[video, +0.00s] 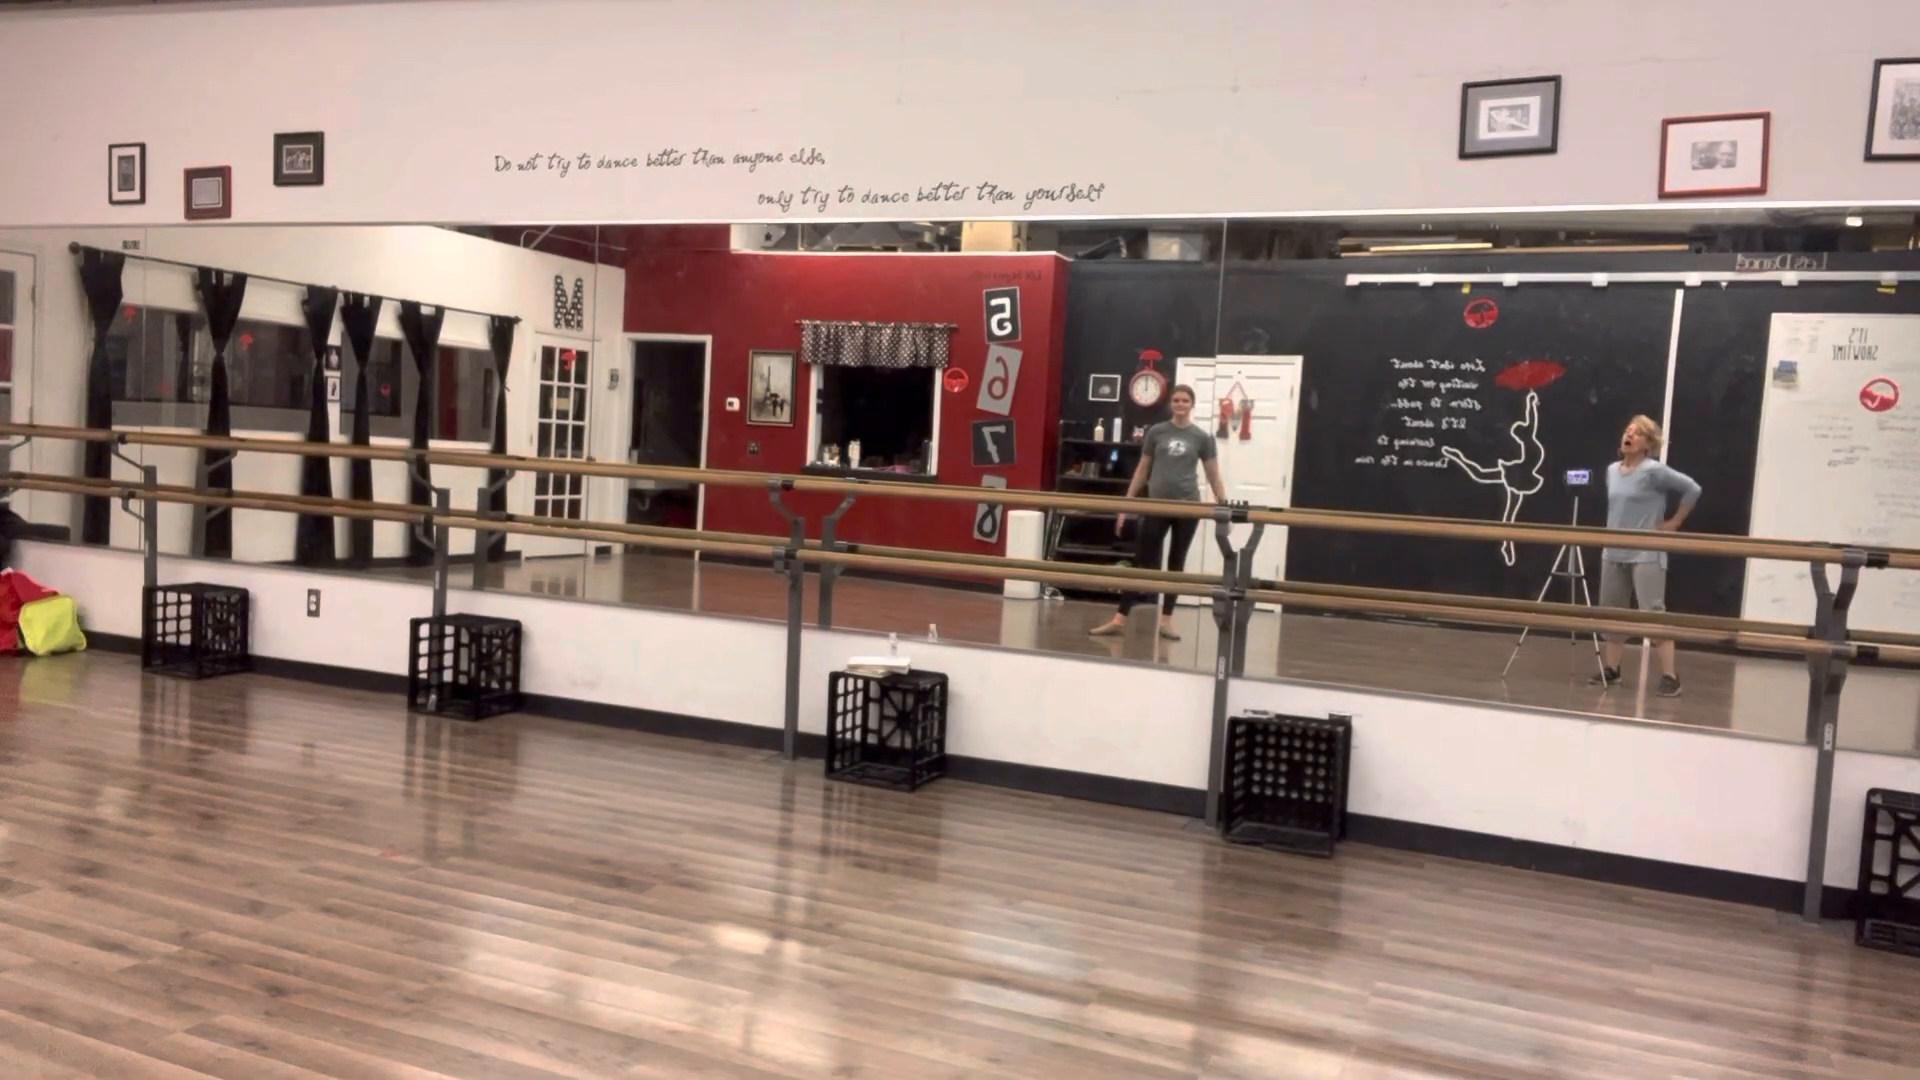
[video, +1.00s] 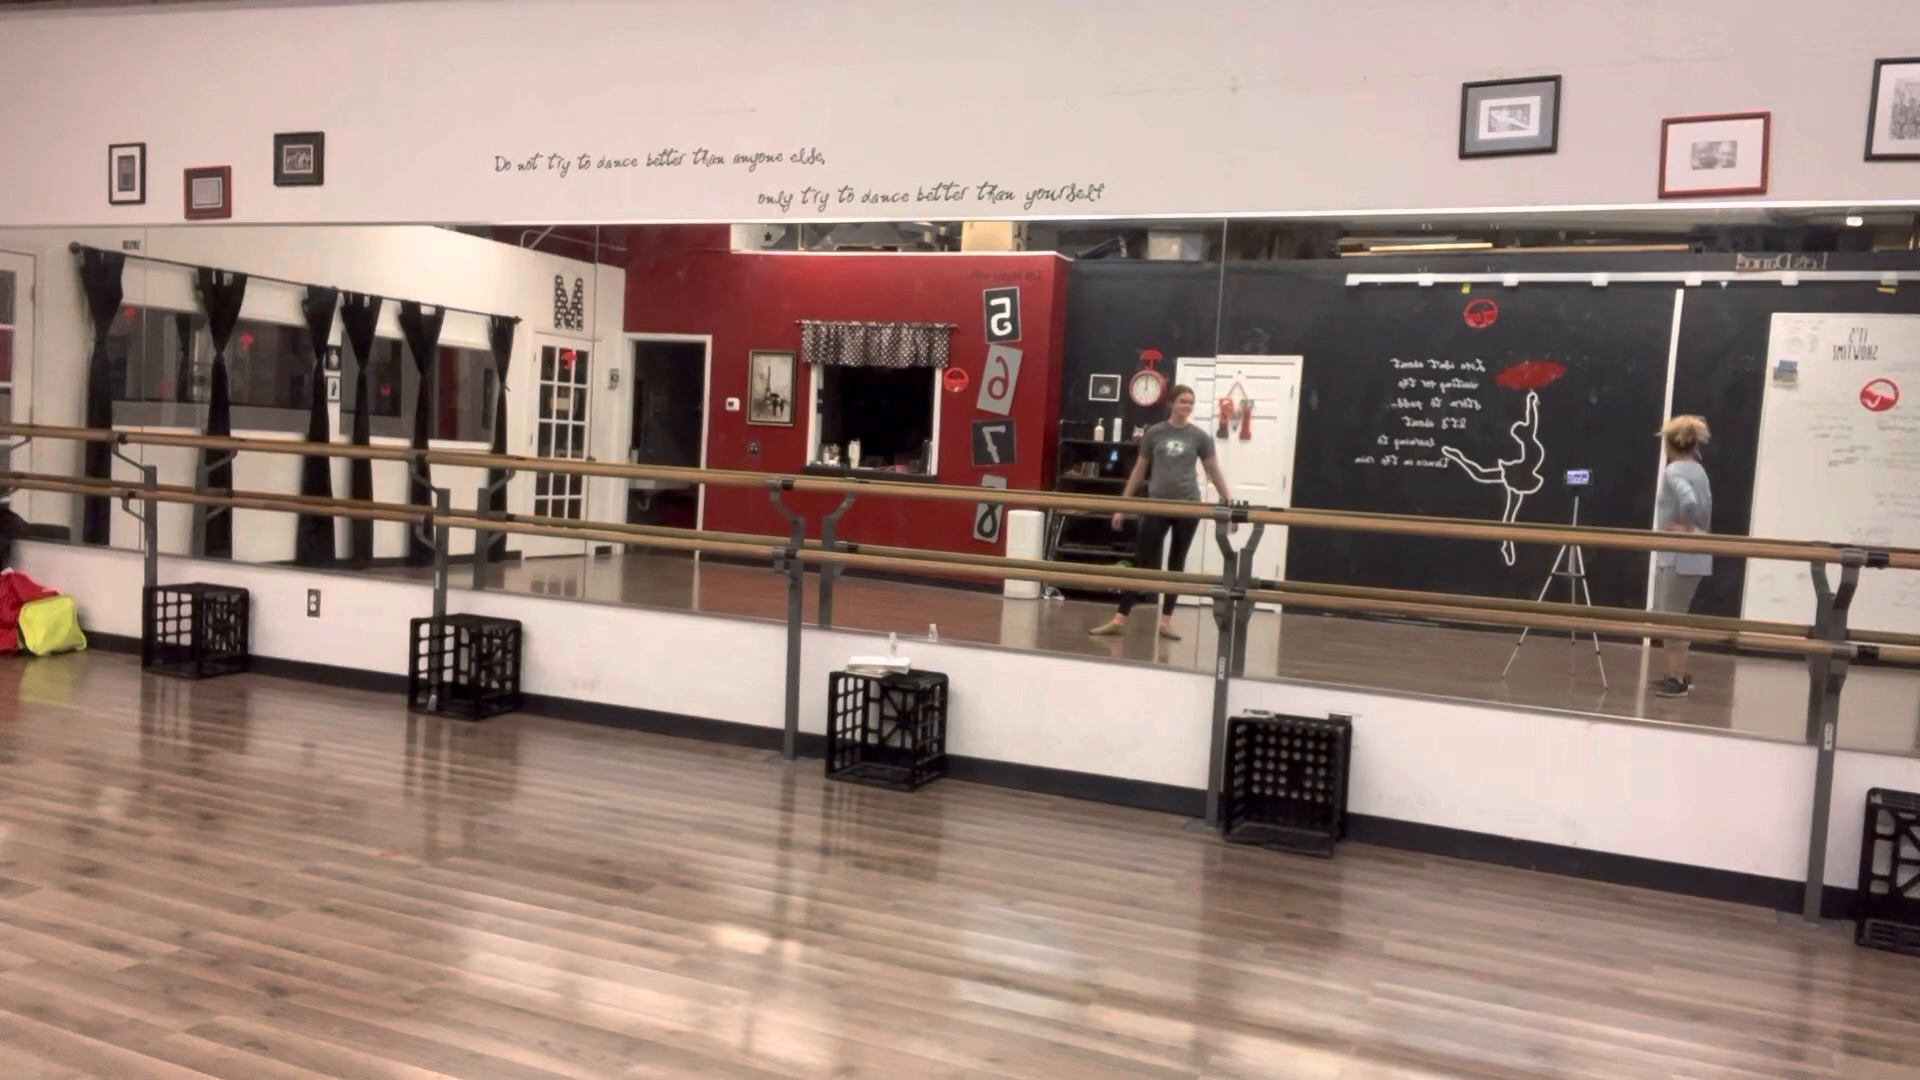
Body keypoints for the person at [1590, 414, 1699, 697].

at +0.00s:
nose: (1629, 437)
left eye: (1636, 434)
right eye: (1627, 432)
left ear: (1648, 444)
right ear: (1622, 437)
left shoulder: (1654, 471)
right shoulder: (1612, 470)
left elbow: (1692, 489)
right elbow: (1618, 503)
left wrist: (1674, 522)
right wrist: (1613, 526)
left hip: (1647, 553)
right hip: (1614, 551)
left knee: (1653, 614)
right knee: (1611, 612)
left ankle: (1669, 675)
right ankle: (1611, 669)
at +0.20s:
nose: (1637, 438)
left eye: (1645, 435)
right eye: (1636, 433)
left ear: (1657, 444)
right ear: (1630, 438)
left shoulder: (1663, 472)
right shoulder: (1623, 472)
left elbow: (1701, 495)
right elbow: (1627, 505)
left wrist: (1675, 524)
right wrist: (1625, 530)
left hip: (1659, 554)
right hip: (1625, 552)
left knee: (1664, 616)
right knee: (1620, 614)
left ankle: (1675, 677)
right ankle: (1612, 669)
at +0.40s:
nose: (1638, 440)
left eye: (1646, 437)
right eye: (1639, 435)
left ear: (1662, 444)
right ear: (1638, 440)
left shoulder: (1672, 473)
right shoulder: (1631, 472)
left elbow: (1711, 497)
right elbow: (1636, 506)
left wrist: (1686, 525)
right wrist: (1635, 532)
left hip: (1669, 556)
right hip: (1635, 554)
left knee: (1669, 618)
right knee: (1625, 614)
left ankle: (1677, 679)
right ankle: (1613, 669)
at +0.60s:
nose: (1640, 447)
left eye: (1645, 442)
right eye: (1641, 442)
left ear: (1661, 448)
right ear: (1655, 448)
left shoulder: (1679, 476)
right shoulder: (1647, 476)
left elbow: (1718, 501)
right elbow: (1658, 507)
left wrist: (1701, 530)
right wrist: (1650, 533)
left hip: (1681, 557)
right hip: (1650, 554)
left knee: (1669, 619)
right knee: (1630, 612)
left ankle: (1677, 679)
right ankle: (1613, 668)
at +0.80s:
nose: (1654, 448)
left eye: (1657, 443)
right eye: (1655, 443)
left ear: (1667, 446)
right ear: (1674, 445)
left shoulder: (1681, 473)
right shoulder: (1667, 469)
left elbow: (1706, 502)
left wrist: (1697, 528)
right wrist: (1669, 527)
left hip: (1686, 558)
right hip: (1661, 554)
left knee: (1672, 618)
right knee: (1644, 612)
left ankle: (1677, 678)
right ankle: (1630, 667)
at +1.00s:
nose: (1665, 446)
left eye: (1666, 441)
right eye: (1667, 441)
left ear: (1670, 443)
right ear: (1695, 444)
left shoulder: (1675, 471)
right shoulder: (1699, 471)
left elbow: (1689, 501)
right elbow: (1703, 506)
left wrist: (1684, 524)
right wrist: (1692, 527)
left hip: (1678, 558)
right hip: (1695, 558)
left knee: (1671, 619)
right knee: (1677, 618)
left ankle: (1675, 676)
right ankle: (1680, 673)